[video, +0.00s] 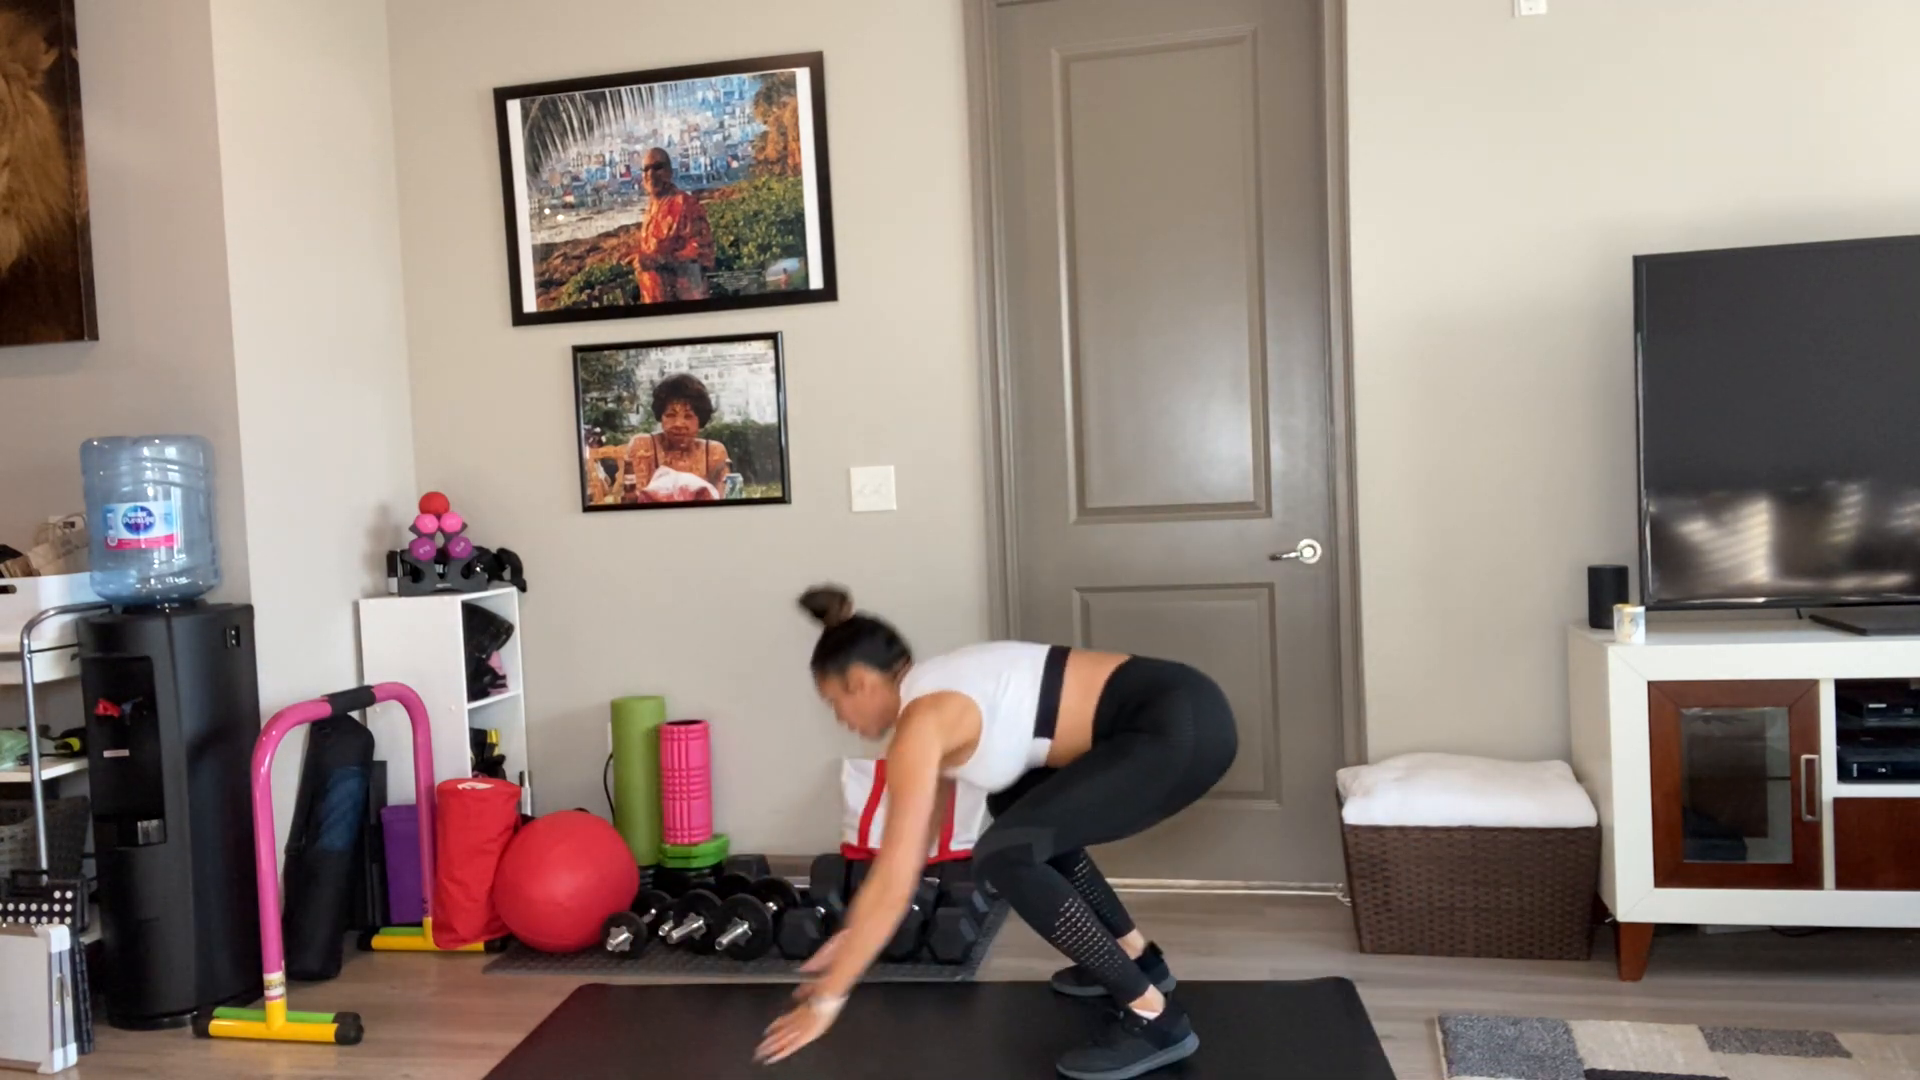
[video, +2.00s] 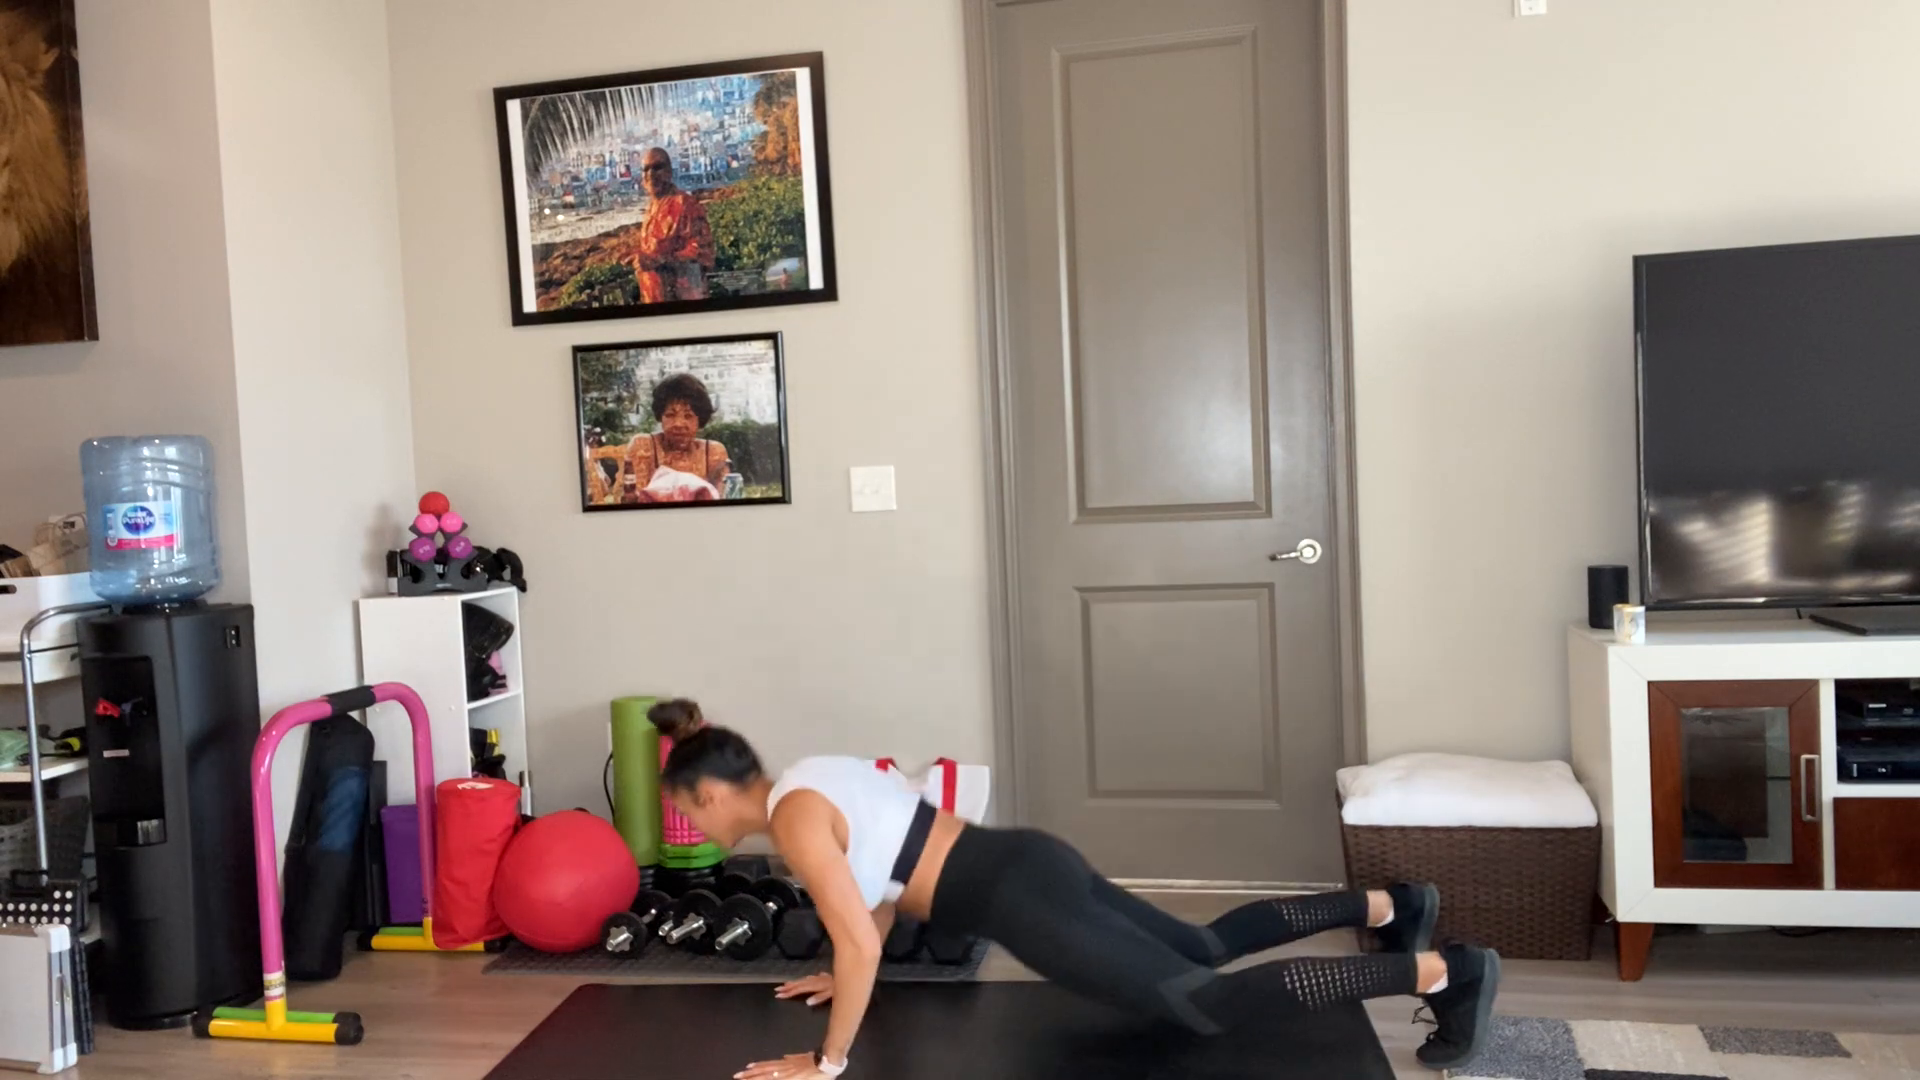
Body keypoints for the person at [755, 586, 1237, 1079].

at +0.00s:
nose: (840, 716)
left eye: (838, 699)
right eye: (833, 703)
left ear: (869, 681)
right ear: (880, 674)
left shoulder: (922, 725)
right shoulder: (935, 687)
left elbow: (897, 875)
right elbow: (899, 852)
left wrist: (829, 992)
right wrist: (852, 935)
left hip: (1177, 729)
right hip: (1163, 711)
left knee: (1009, 855)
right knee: (1019, 808)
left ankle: (1154, 1018)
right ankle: (1132, 957)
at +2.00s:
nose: (684, 830)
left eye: (687, 815)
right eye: (679, 816)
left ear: (724, 794)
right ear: (730, 787)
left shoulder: (795, 827)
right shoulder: (809, 787)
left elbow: (861, 951)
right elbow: (882, 895)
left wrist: (829, 1058)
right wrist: (840, 962)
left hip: (1003, 887)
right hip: (1013, 859)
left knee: (1198, 997)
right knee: (1199, 944)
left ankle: (1429, 970)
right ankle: (1371, 906)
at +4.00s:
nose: (923, 337)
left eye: (933, 319)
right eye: (917, 324)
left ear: (973, 314)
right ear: (933, 325)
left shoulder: (1000, 379)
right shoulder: (998, 376)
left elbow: (877, 446)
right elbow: (906, 450)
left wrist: (840, 342)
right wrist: (865, 357)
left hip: (1119, 595)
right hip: (1103, 594)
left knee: (1037, 798)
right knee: (1050, 787)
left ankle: (1141, 1010)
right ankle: (1135, 954)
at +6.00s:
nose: (651, 935)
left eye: (649, 920)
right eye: (645, 924)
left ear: (678, 901)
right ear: (695, 874)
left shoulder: (738, 924)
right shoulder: (770, 878)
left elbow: (826, 970)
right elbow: (876, 868)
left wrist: (811, 1061)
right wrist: (842, 956)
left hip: (953, 977)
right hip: (978, 922)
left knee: (1172, 1033)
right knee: (1168, 968)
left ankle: (1395, 972)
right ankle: (1355, 896)